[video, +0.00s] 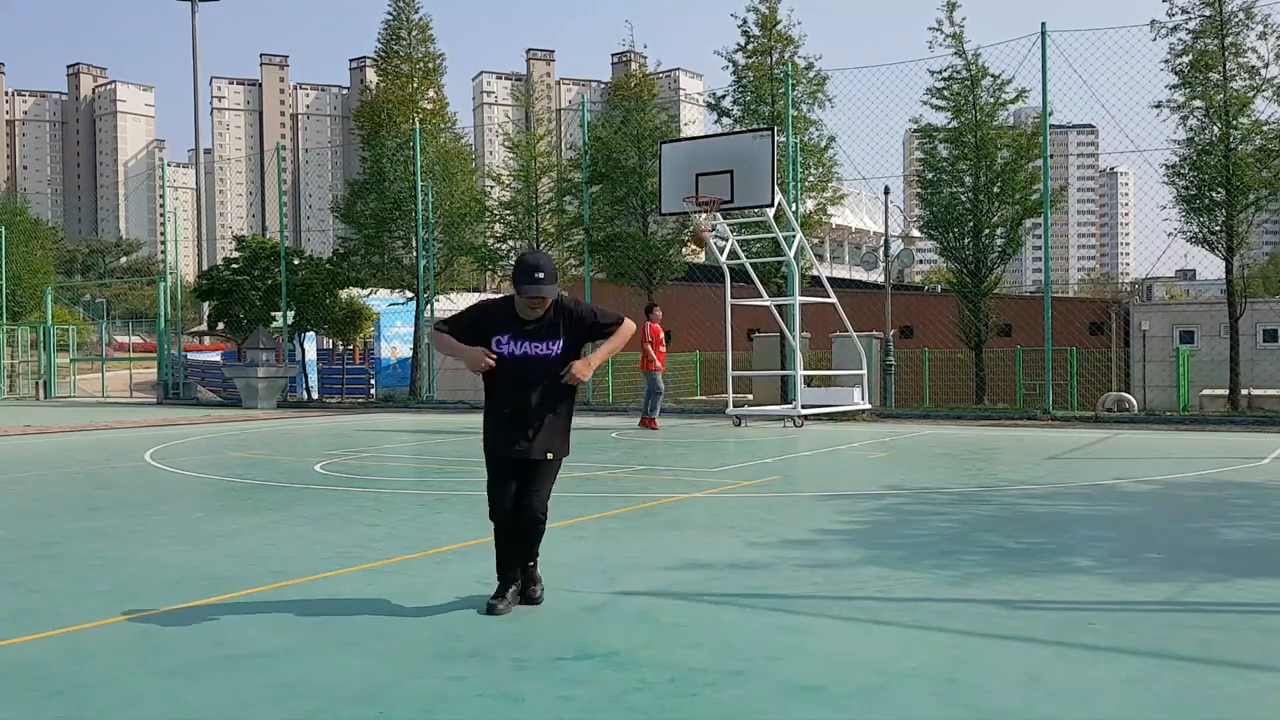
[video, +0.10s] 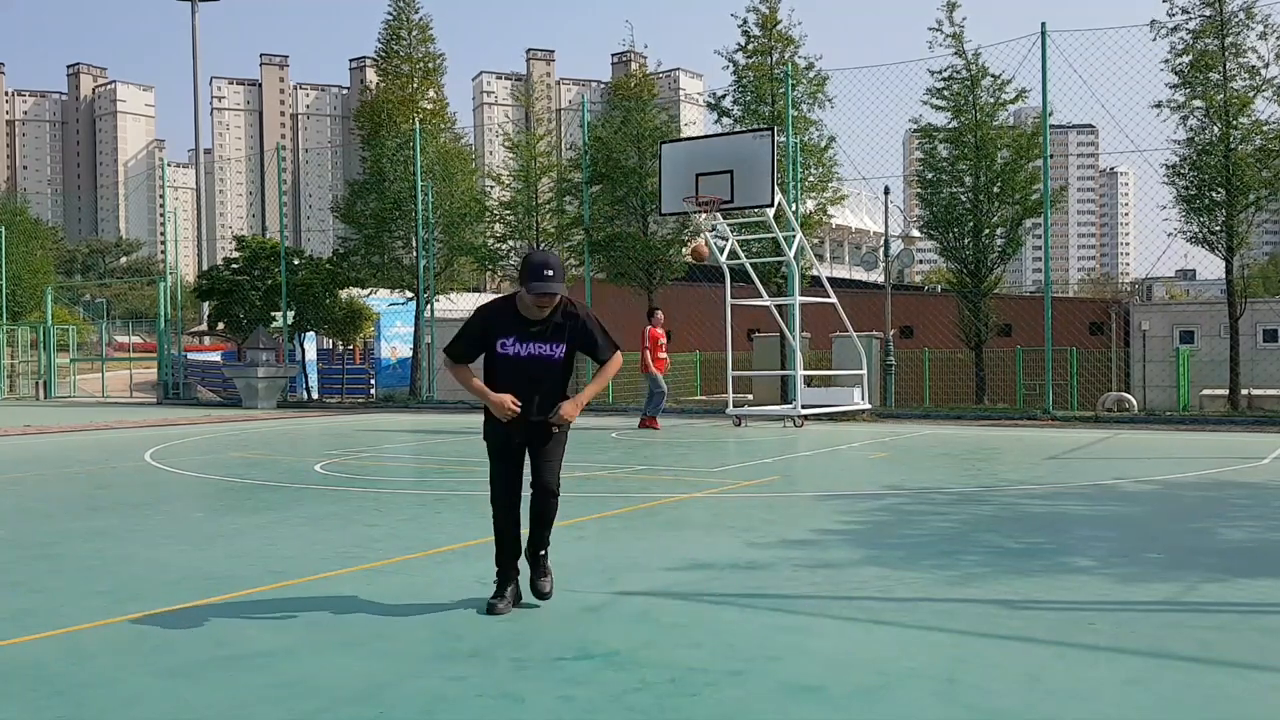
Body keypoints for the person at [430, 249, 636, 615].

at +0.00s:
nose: (536, 303)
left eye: (543, 296)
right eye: (529, 296)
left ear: (554, 289)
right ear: (514, 288)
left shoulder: (570, 313)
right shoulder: (491, 313)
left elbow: (626, 326)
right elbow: (438, 334)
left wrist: (592, 361)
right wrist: (465, 352)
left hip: (548, 432)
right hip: (501, 431)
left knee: (534, 508)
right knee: (502, 510)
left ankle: (529, 566)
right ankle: (508, 581)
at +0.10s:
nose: (545, 300)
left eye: (552, 293)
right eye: (538, 293)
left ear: (562, 288)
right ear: (522, 286)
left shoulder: (574, 317)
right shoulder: (493, 314)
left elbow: (614, 358)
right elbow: (454, 359)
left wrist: (579, 401)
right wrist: (487, 396)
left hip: (550, 422)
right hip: (503, 423)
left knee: (547, 489)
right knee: (504, 500)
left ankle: (538, 554)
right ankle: (506, 581)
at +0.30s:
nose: (575, 286)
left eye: (582, 280)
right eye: (568, 279)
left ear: (589, 279)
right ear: (549, 276)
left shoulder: (588, 314)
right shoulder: (515, 314)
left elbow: (588, 368)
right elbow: (505, 380)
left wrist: (579, 413)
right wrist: (544, 424)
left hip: (569, 415)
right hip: (521, 417)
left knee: (597, 480)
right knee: (515, 498)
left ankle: (598, 567)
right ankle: (502, 581)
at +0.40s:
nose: (592, 281)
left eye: (598, 274)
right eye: (585, 273)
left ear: (605, 274)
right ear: (566, 268)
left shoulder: (600, 310)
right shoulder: (533, 310)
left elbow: (618, 358)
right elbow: (505, 371)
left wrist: (608, 390)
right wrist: (560, 399)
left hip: (582, 422)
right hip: (535, 426)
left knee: (615, 493)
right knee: (528, 506)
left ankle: (645, 580)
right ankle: (495, 579)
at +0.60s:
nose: (652, 299)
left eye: (658, 292)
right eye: (645, 290)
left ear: (663, 294)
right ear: (623, 286)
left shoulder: (646, 328)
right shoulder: (587, 323)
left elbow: (661, 369)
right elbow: (549, 375)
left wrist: (651, 397)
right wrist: (599, 403)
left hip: (619, 441)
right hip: (572, 444)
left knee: (657, 505)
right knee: (560, 518)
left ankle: (676, 596)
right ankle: (505, 574)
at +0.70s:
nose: (683, 296)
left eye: (689, 290)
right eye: (676, 287)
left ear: (692, 293)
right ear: (653, 285)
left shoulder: (671, 330)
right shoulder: (611, 324)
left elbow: (661, 380)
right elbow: (583, 388)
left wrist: (660, 425)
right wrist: (629, 431)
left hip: (640, 432)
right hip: (593, 431)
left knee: (664, 504)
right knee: (595, 515)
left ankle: (677, 596)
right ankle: (544, 564)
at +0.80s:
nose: (693, 285)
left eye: (699, 279)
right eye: (685, 277)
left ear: (702, 283)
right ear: (662, 277)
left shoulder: (688, 323)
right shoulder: (625, 319)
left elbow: (679, 374)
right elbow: (600, 383)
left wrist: (679, 417)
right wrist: (653, 419)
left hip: (658, 426)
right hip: (613, 425)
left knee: (680, 506)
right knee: (631, 510)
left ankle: (679, 596)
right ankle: (590, 581)